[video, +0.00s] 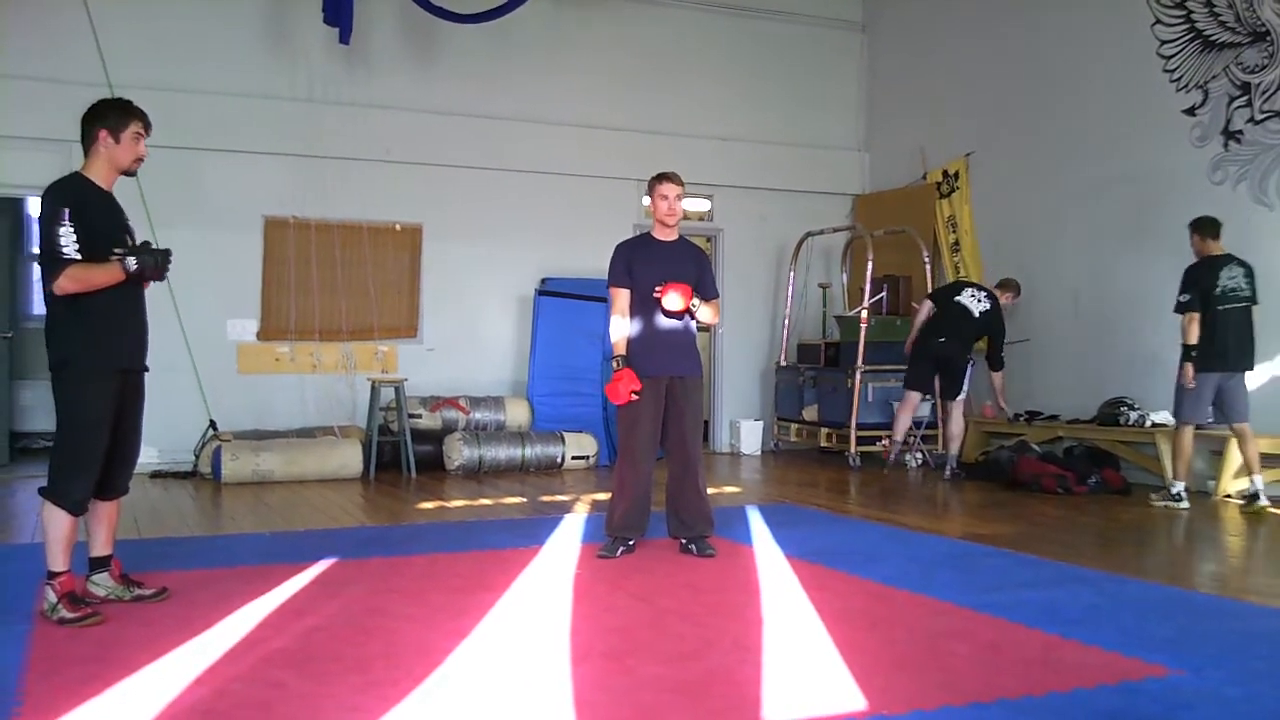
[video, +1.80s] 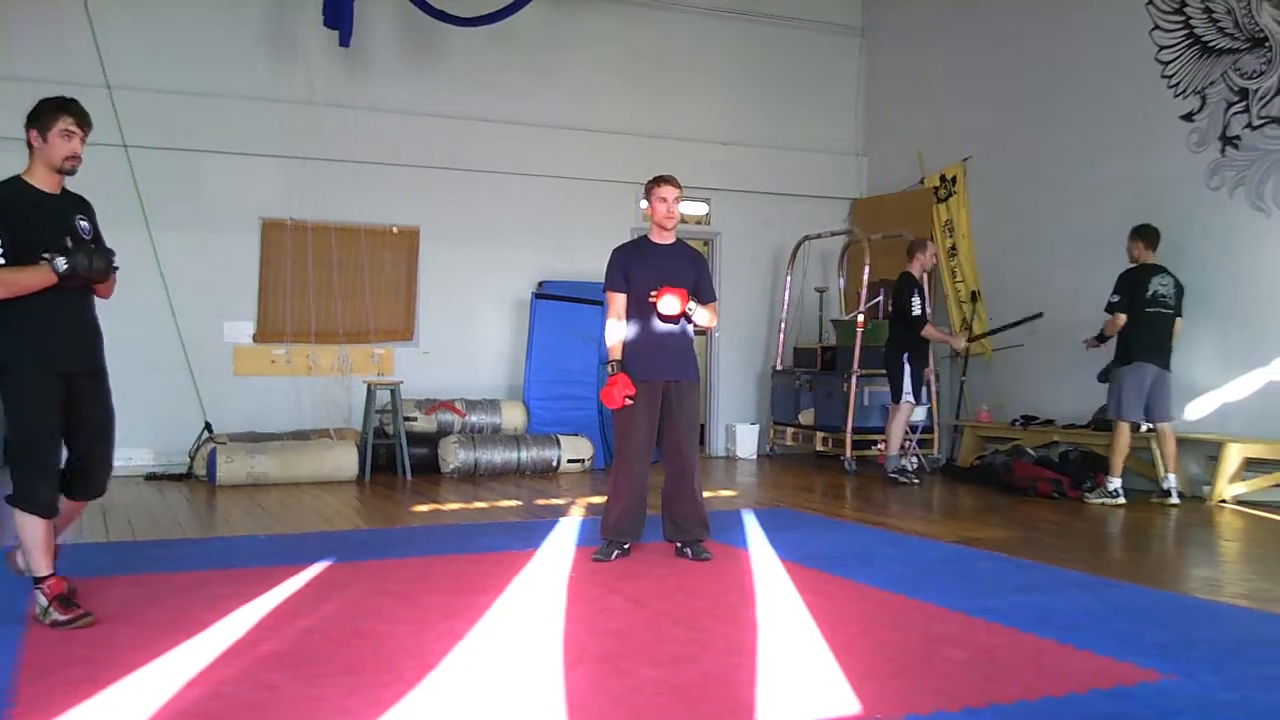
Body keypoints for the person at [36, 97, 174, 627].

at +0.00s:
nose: (144, 151)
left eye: (145, 141)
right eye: (138, 139)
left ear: (110, 141)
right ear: (104, 138)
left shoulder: (110, 204)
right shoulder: (65, 194)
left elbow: (105, 273)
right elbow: (63, 280)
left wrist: (142, 269)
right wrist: (131, 267)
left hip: (124, 360)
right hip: (83, 361)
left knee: (113, 467)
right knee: (73, 468)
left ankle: (103, 575)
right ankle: (57, 589)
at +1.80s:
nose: (77, 145)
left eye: (81, 137)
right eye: (66, 135)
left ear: (82, 144)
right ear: (36, 138)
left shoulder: (79, 208)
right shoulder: (5, 200)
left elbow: (106, 289)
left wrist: (97, 268)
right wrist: (63, 268)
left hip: (82, 358)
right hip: (24, 360)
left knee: (91, 468)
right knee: (35, 469)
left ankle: (34, 548)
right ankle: (47, 592)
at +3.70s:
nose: (98, 146)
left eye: (97, 137)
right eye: (90, 136)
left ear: (64, 143)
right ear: (56, 140)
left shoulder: (73, 212)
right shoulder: (12, 199)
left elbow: (84, 281)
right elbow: (7, 281)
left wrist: (94, 269)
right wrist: (71, 273)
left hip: (72, 362)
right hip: (20, 366)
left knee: (96, 461)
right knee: (18, 473)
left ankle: (100, 569)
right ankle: (8, 581)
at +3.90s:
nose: (123, 156)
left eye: (125, 148)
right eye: (116, 146)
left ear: (99, 150)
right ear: (83, 144)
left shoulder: (96, 215)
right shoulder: (43, 202)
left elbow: (88, 278)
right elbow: (36, 287)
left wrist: (117, 274)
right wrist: (104, 278)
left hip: (101, 364)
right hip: (53, 367)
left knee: (124, 466)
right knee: (45, 472)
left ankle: (147, 573)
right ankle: (31, 588)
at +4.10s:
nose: (177, 159)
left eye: (181, 151)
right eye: (168, 148)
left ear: (175, 158)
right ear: (138, 149)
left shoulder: (155, 219)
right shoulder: (103, 205)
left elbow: (150, 292)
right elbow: (94, 287)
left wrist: (178, 285)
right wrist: (160, 278)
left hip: (162, 365)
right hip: (115, 367)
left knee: (170, 465)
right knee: (95, 471)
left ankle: (177, 573)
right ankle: (63, 583)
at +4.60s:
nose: (228, 161)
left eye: (233, 154)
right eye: (220, 150)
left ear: (233, 163)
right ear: (193, 151)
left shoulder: (218, 224)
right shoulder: (147, 198)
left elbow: (229, 303)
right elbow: (120, 268)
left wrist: (224, 279)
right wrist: (188, 268)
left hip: (201, 357)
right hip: (153, 354)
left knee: (190, 464)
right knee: (159, 460)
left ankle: (171, 567)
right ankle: (118, 568)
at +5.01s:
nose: (226, 108)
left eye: (231, 100)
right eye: (218, 97)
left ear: (229, 104)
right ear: (188, 95)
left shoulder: (215, 166)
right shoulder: (146, 147)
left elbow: (229, 247)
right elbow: (126, 224)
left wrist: (231, 226)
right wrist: (196, 218)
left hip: (209, 306)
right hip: (164, 305)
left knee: (195, 409)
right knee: (179, 410)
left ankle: (161, 511)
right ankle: (187, 530)